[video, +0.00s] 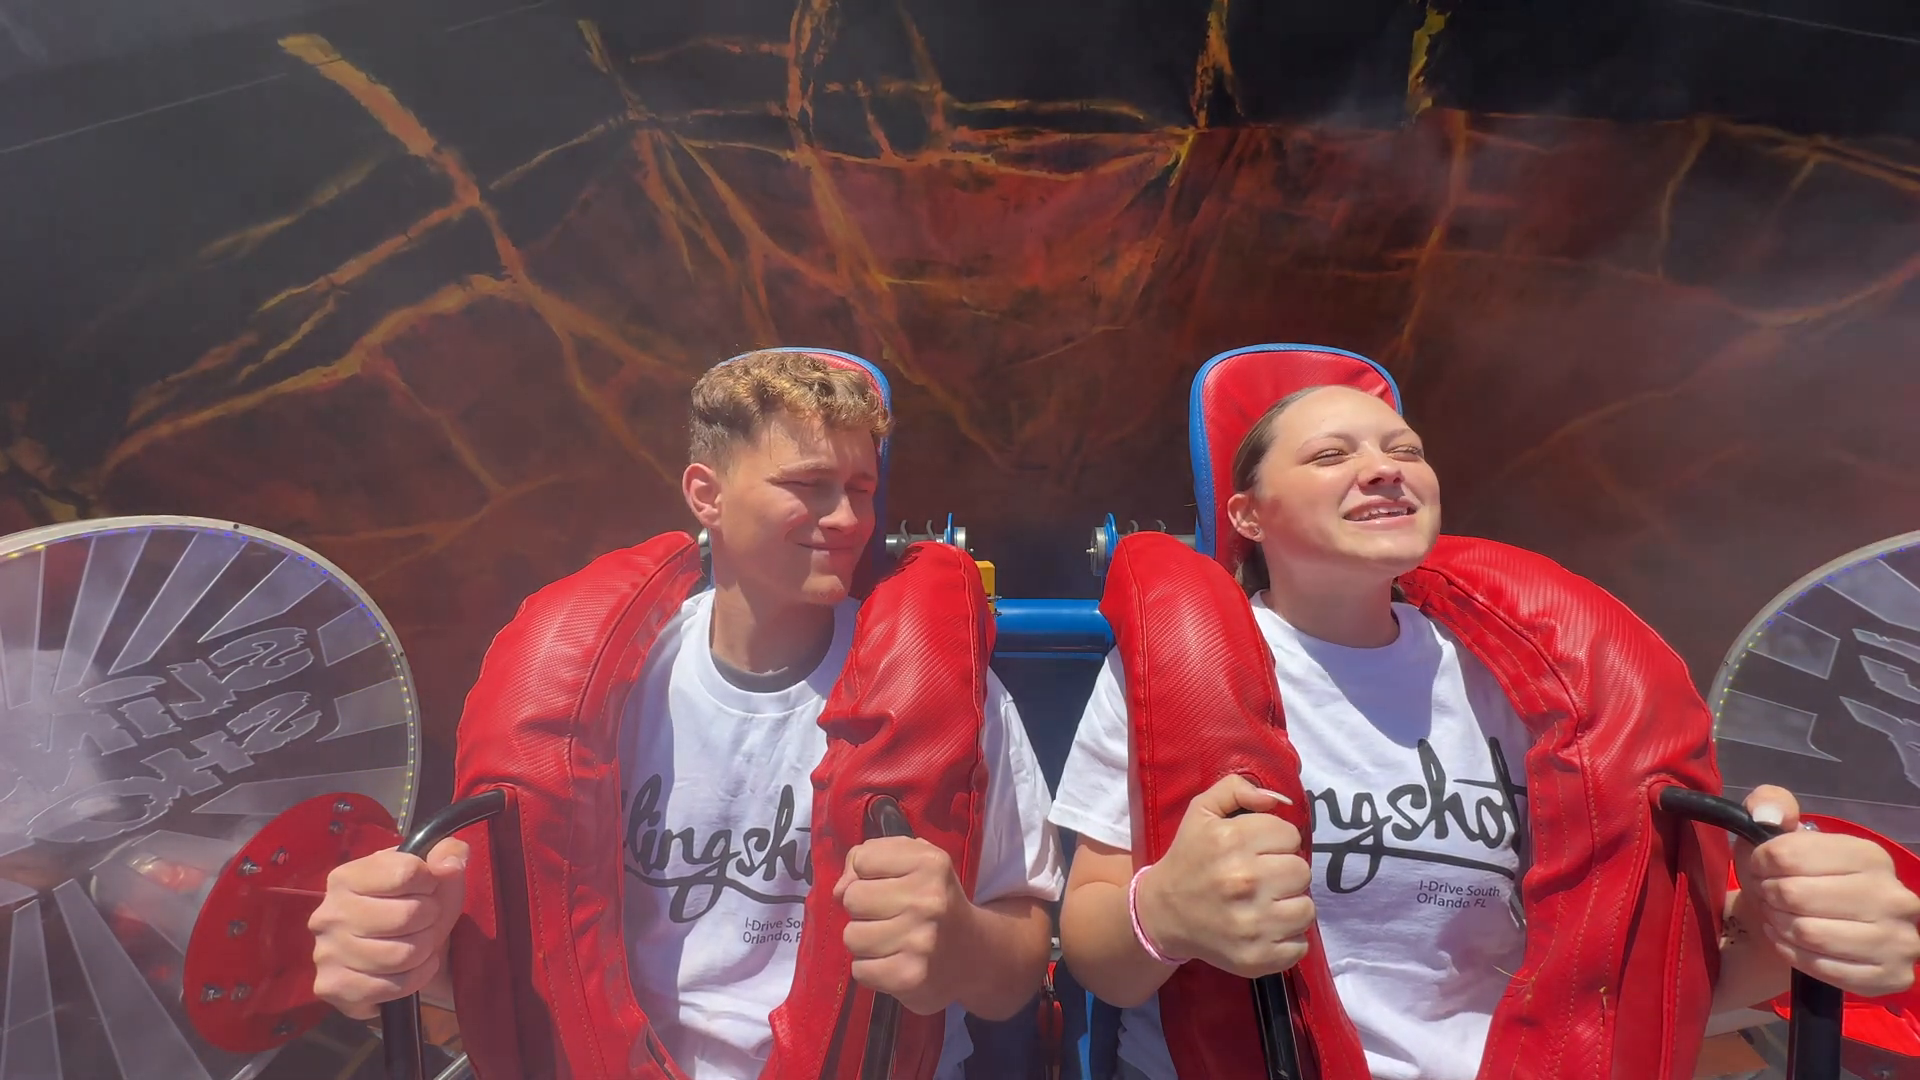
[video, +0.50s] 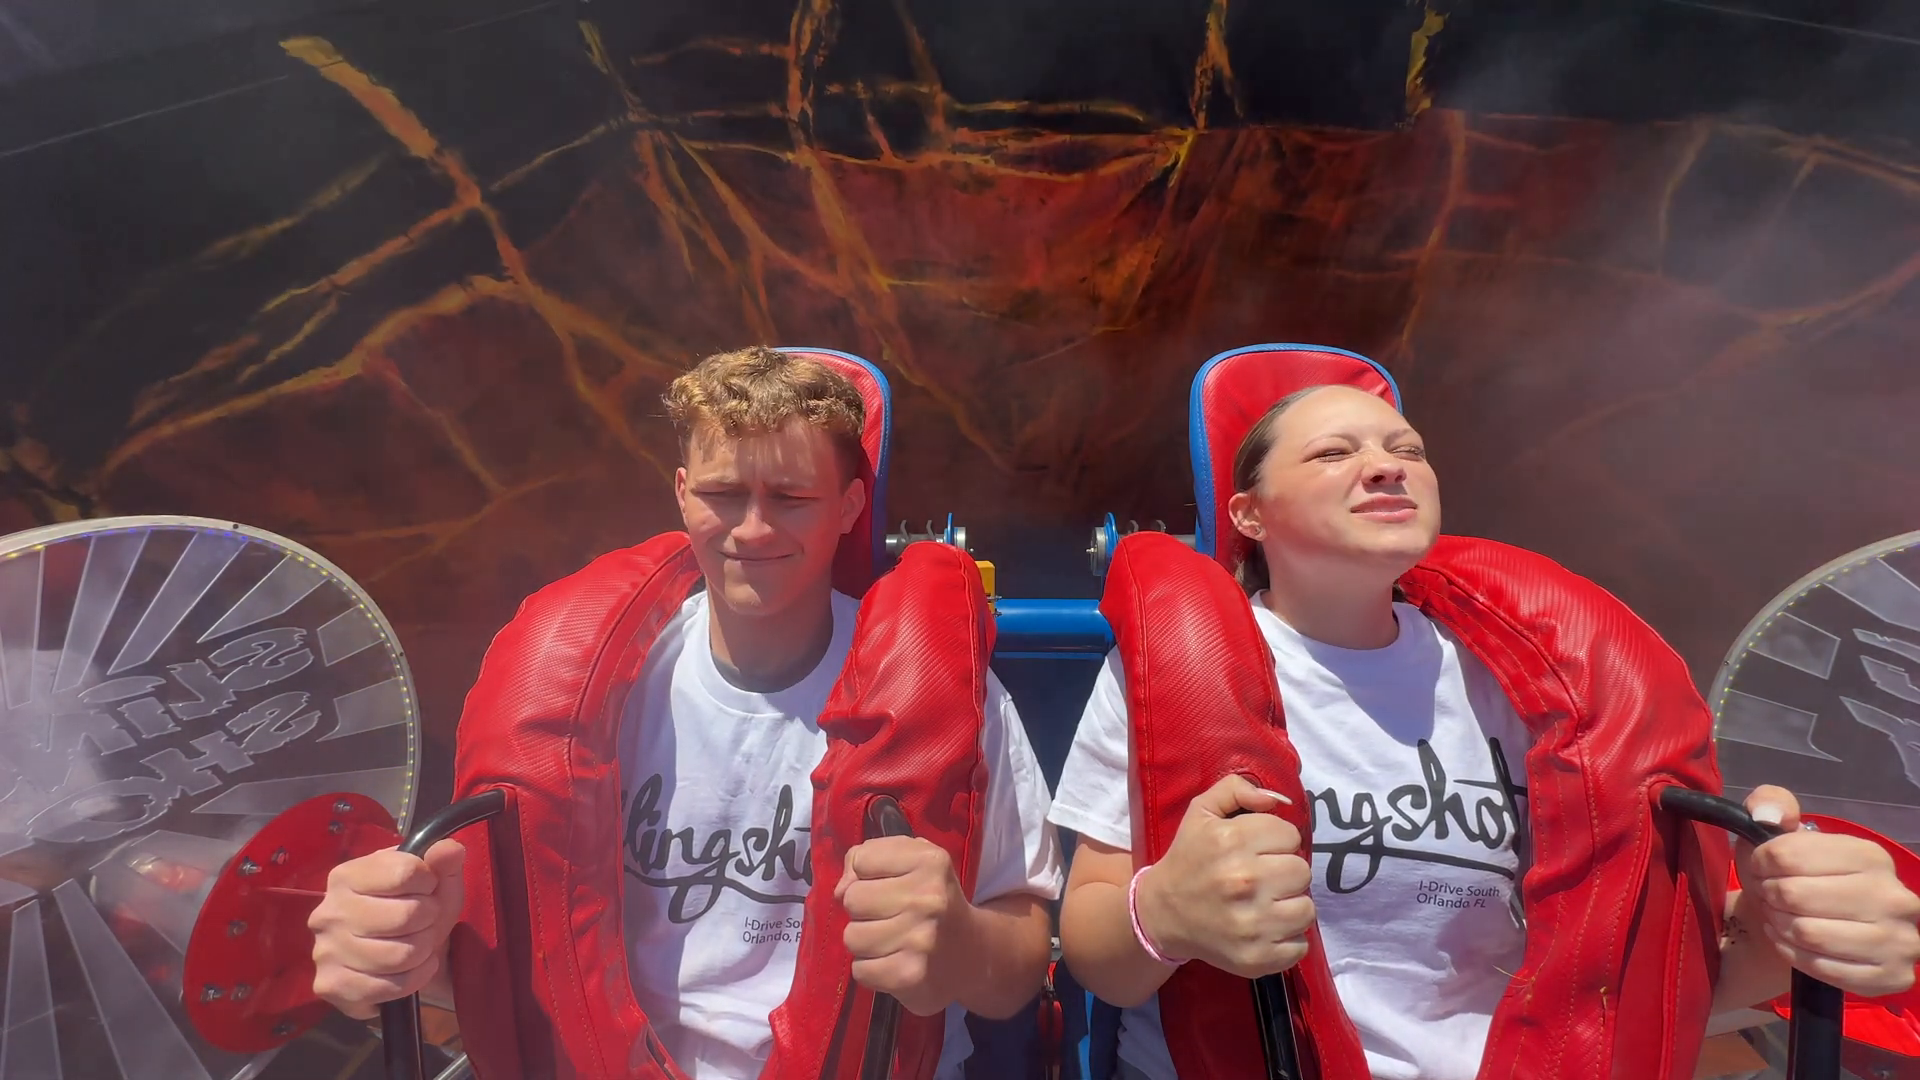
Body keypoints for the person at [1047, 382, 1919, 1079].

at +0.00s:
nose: (1384, 467)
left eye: (1399, 444)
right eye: (1329, 453)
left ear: (1433, 482)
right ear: (1245, 515)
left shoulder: (1531, 665)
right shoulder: (1174, 662)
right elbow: (1088, 953)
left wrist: (1770, 918)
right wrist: (1158, 914)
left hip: (1506, 1067)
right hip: (1283, 1065)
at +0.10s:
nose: (1384, 468)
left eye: (1399, 446)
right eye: (1331, 453)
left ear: (1432, 484)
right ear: (1244, 516)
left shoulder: (1532, 667)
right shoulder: (1173, 661)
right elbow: (1088, 952)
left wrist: (1768, 916)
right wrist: (1158, 914)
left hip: (1506, 1068)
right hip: (1283, 1066)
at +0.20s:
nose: (1388, 466)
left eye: (1401, 446)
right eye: (1333, 451)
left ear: (1432, 489)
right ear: (1245, 515)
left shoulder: (1529, 666)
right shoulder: (1173, 660)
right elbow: (1088, 951)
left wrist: (1760, 901)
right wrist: (1158, 915)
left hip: (1503, 1067)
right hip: (1283, 1065)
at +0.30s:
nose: (1387, 467)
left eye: (1400, 446)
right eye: (1333, 452)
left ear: (1432, 488)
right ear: (1246, 517)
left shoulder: (1531, 665)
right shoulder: (1173, 661)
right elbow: (1088, 951)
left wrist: (1760, 899)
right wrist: (1158, 915)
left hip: (1504, 1067)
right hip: (1281, 1065)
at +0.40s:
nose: (1387, 466)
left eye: (1401, 445)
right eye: (1333, 452)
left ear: (1433, 486)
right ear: (1245, 515)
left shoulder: (1530, 665)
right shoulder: (1173, 661)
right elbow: (1088, 952)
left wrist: (1760, 906)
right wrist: (1158, 915)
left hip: (1505, 1067)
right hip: (1283, 1065)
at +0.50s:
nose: (1387, 463)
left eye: (1401, 443)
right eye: (1332, 451)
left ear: (1434, 488)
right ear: (1246, 516)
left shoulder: (1530, 666)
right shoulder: (1173, 659)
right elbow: (1088, 951)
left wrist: (1762, 907)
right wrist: (1158, 915)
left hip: (1506, 1068)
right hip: (1287, 1066)